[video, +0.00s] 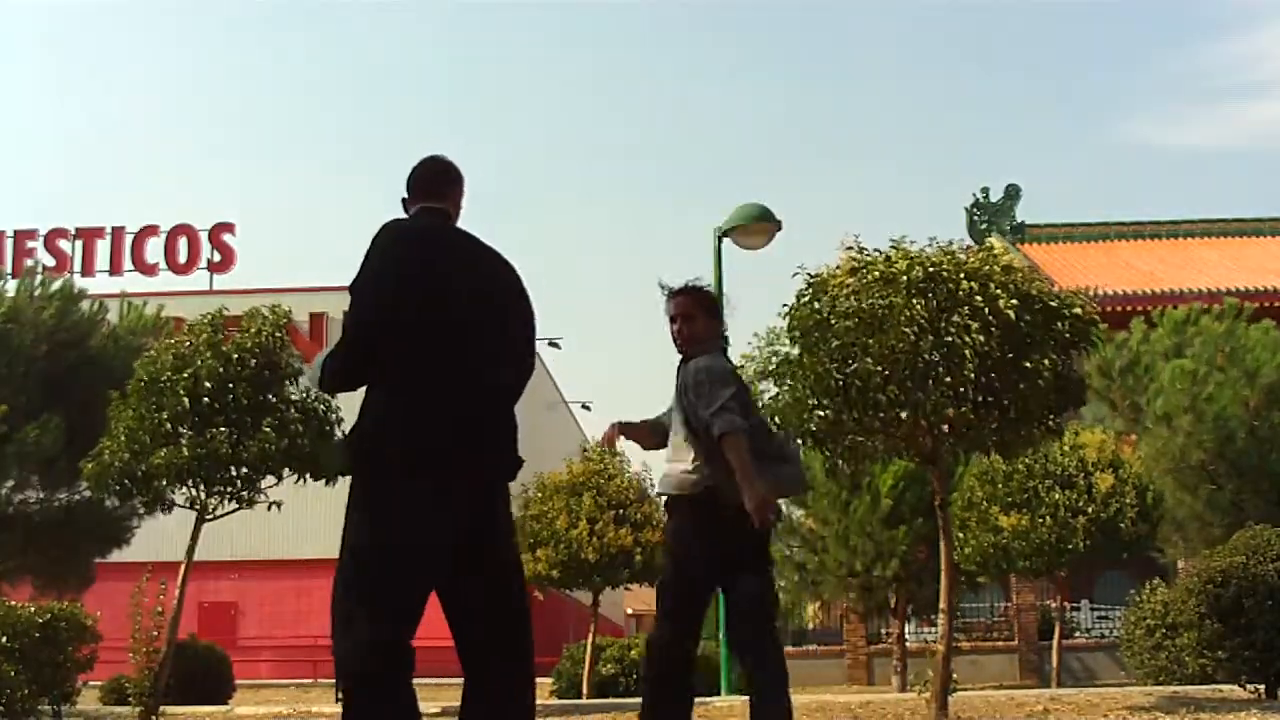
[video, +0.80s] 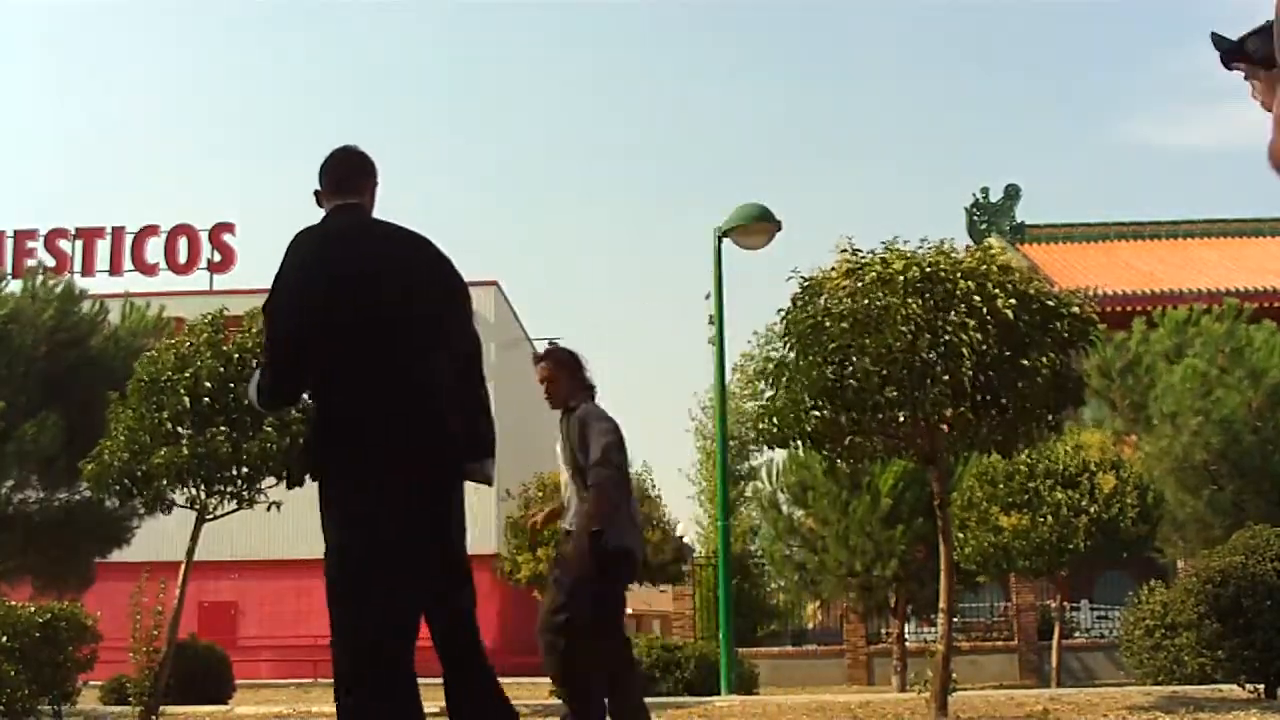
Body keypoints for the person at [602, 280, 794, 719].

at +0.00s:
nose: (677, 329)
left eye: (686, 319)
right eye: (672, 322)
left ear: (716, 324)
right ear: (670, 328)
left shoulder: (705, 368)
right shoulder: (699, 372)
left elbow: (730, 429)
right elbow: (663, 432)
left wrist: (751, 486)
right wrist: (626, 428)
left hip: (701, 512)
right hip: (737, 512)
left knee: (673, 634)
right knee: (756, 634)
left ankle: (661, 713)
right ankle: (773, 713)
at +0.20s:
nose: (635, 361)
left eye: (641, 350)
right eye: (633, 352)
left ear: (670, 350)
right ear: (672, 353)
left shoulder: (666, 394)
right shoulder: (692, 393)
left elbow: (691, 456)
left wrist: (712, 513)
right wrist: (632, 471)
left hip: (659, 528)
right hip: (691, 526)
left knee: (648, 628)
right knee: (702, 619)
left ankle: (661, 712)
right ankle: (744, 691)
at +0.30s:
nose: (617, 362)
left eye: (623, 353)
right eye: (615, 355)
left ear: (651, 352)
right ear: (656, 355)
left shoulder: (649, 396)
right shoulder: (682, 396)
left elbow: (654, 461)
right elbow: (702, 467)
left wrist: (643, 519)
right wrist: (688, 522)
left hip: (656, 526)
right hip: (686, 527)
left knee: (634, 623)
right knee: (675, 623)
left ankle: (656, 710)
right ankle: (712, 700)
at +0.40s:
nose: (605, 368)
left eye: (610, 358)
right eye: (602, 360)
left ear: (636, 356)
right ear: (646, 358)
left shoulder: (633, 397)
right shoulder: (669, 398)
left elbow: (622, 462)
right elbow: (693, 468)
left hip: (644, 529)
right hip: (675, 528)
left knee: (632, 624)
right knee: (646, 622)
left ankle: (655, 709)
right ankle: (666, 707)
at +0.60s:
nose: (573, 394)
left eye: (578, 385)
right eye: (572, 386)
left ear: (602, 383)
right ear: (614, 385)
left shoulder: (605, 423)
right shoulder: (642, 427)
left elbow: (597, 479)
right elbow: (679, 498)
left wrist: (539, 495)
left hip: (616, 547)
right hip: (640, 548)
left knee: (609, 640)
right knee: (620, 638)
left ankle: (653, 708)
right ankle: (633, 708)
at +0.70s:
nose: (557, 396)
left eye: (562, 387)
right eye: (555, 388)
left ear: (585, 384)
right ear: (582, 387)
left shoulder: (600, 420)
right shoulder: (593, 423)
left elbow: (603, 482)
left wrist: (550, 513)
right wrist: (577, 525)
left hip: (611, 548)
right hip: (606, 547)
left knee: (585, 635)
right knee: (605, 635)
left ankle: (638, 706)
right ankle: (632, 707)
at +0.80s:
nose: (544, 389)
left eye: (549, 379)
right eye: (541, 382)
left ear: (572, 377)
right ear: (556, 383)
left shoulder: (593, 419)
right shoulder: (572, 422)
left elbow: (604, 481)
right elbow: (584, 484)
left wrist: (586, 532)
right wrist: (555, 510)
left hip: (604, 543)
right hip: (593, 542)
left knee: (560, 629)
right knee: (605, 635)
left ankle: (584, 709)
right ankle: (630, 710)